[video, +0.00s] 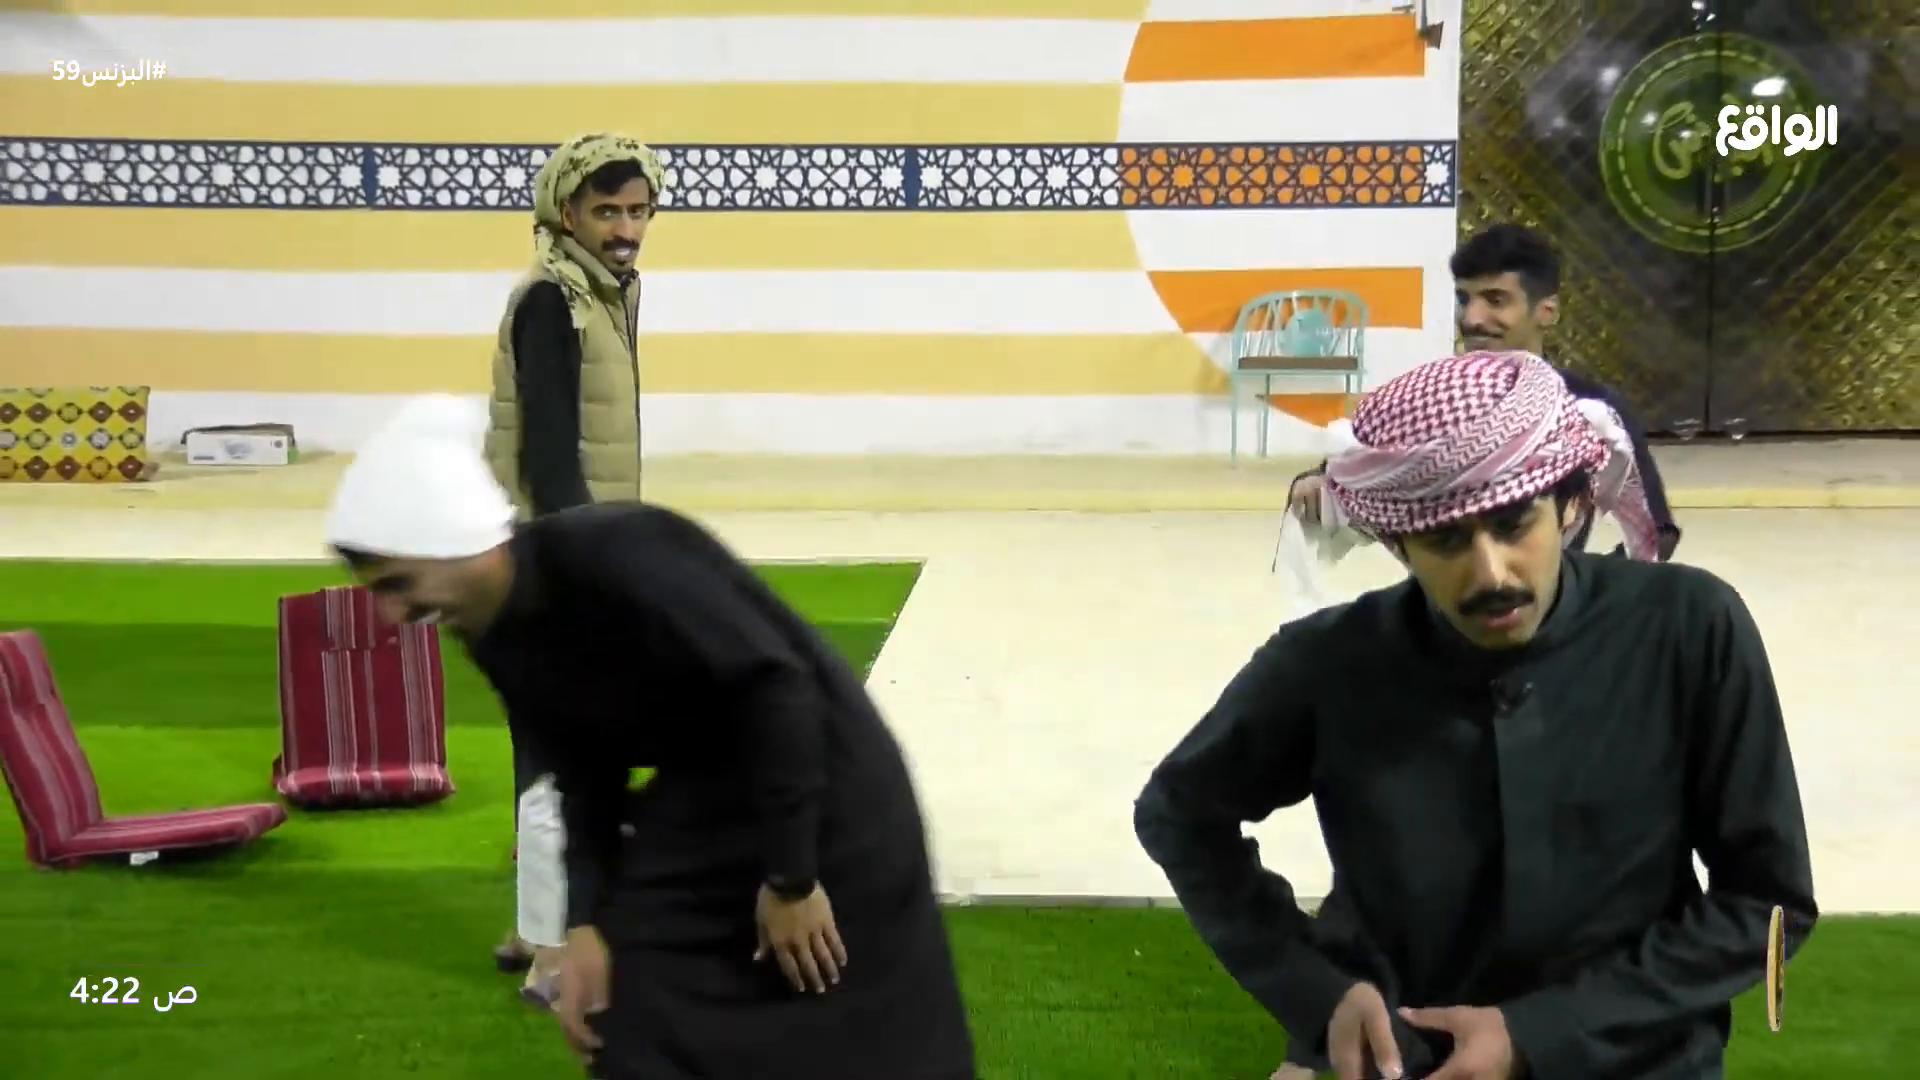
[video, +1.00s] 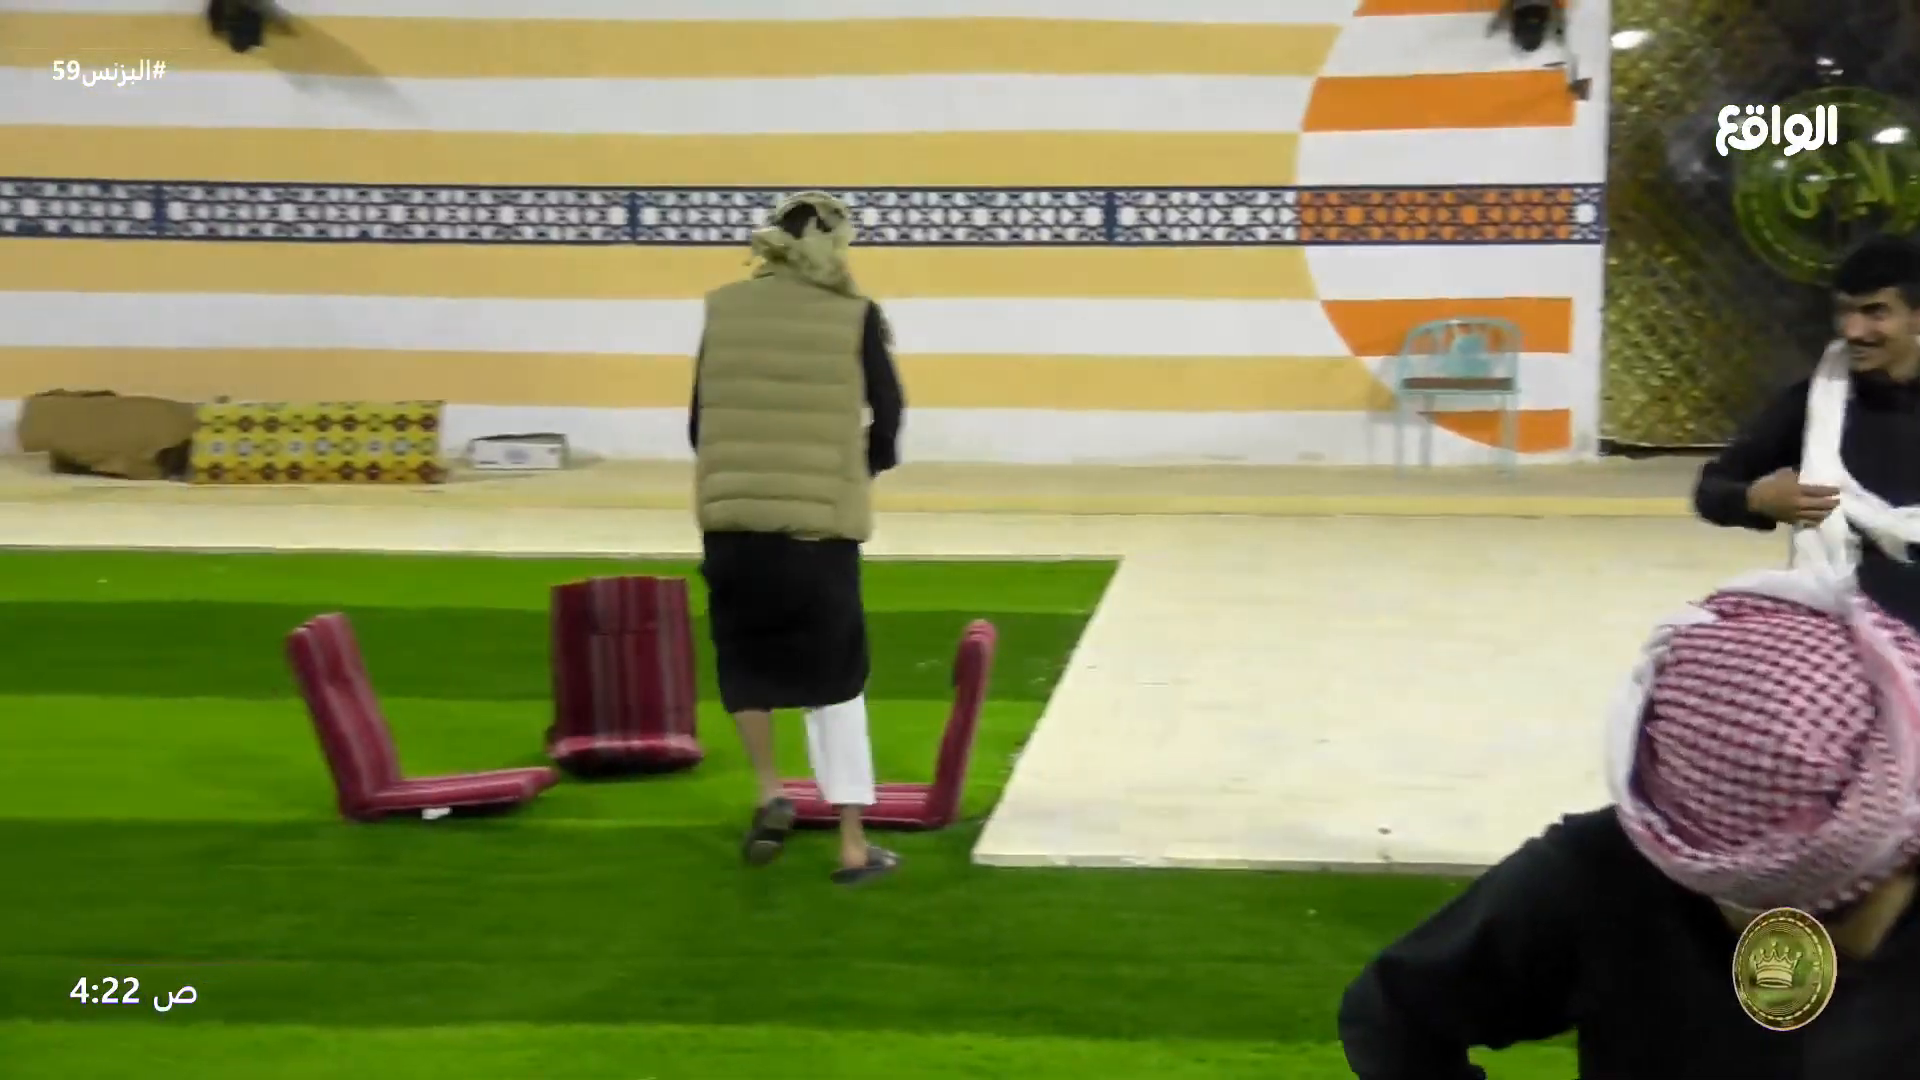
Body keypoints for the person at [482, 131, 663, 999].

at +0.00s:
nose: (626, 229)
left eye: (638, 213)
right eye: (607, 212)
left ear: (648, 217)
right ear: (563, 215)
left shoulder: (607, 302)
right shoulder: (548, 303)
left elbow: (611, 443)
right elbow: (552, 454)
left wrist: (635, 558)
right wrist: (579, 570)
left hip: (601, 566)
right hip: (555, 569)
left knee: (581, 761)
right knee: (555, 763)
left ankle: (555, 927)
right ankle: (550, 943)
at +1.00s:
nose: (843, 252)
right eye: (843, 242)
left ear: (772, 240)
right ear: (837, 248)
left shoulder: (726, 308)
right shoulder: (855, 316)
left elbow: (700, 420)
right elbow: (888, 422)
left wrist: (736, 467)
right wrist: (855, 465)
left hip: (731, 529)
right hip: (822, 531)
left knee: (741, 658)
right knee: (838, 681)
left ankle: (770, 792)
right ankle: (853, 847)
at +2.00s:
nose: (997, 264)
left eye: (1005, 248)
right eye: (994, 249)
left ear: (1045, 245)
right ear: (1052, 248)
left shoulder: (1073, 307)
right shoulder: (1094, 298)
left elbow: (1071, 415)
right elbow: (1149, 395)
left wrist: (1060, 491)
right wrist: (1087, 483)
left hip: (1109, 523)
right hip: (1140, 517)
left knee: (1031, 665)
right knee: (1075, 675)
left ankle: (1105, 825)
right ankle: (1104, 831)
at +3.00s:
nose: (1319, 187)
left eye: (1335, 171)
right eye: (1313, 172)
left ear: (1386, 175)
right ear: (1313, 176)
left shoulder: (1443, 275)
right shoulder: (1294, 265)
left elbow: (1456, 421)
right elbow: (1210, 349)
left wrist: (1402, 531)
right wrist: (1115, 429)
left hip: (1400, 547)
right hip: (1300, 542)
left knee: (1396, 738)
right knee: (1290, 719)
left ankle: (1398, 928)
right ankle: (1359, 880)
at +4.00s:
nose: (1130, 230)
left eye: (1134, 213)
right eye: (1126, 215)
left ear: (1177, 198)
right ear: (1187, 196)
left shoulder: (1236, 271)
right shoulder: (1253, 239)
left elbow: (1272, 402)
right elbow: (1265, 374)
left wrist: (1252, 523)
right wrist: (1215, 443)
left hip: (1304, 534)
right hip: (1312, 515)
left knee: (1267, 706)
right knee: (1239, 686)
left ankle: (1292, 917)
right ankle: (1310, 873)